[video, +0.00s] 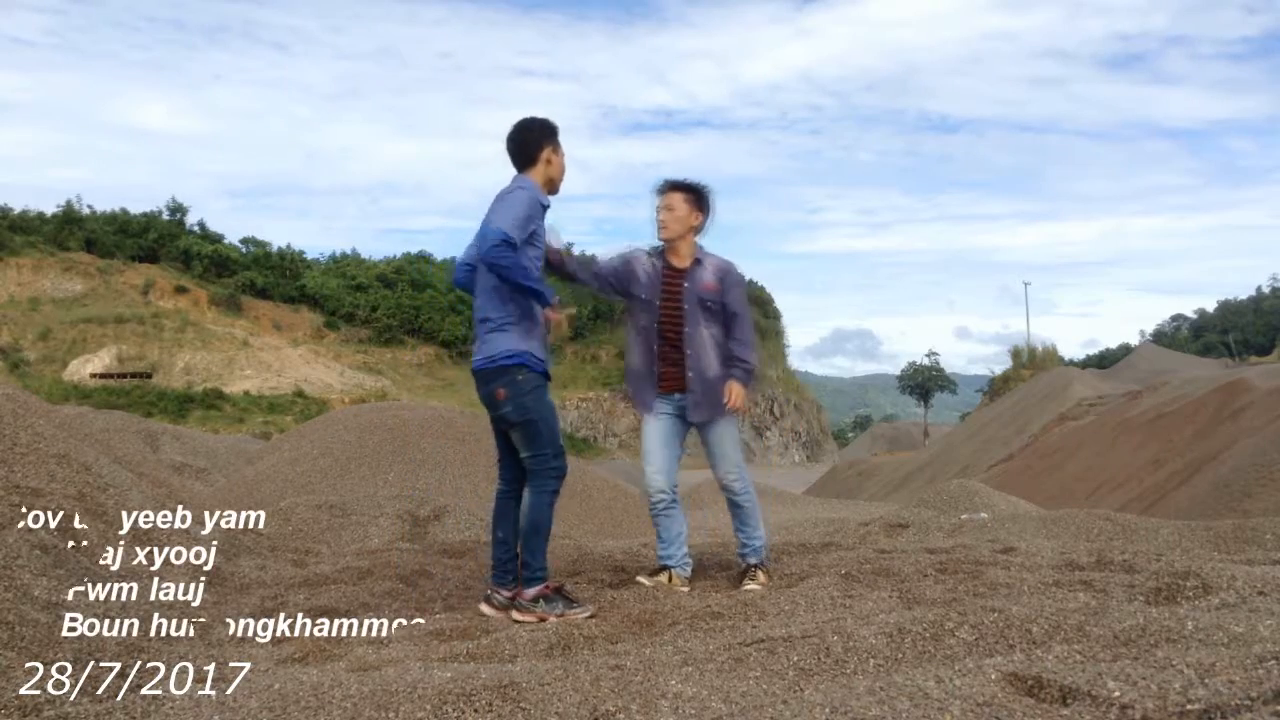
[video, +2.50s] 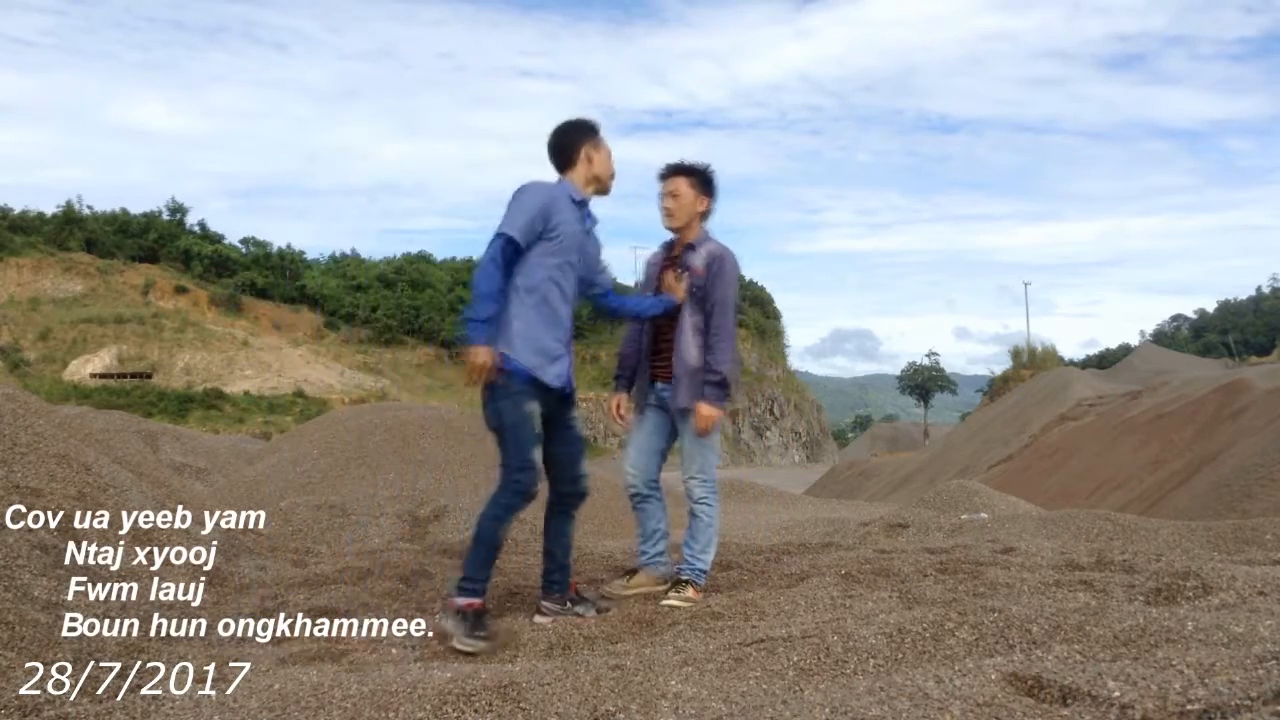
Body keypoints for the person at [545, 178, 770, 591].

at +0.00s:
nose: (661, 217)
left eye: (670, 210)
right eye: (659, 210)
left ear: (697, 218)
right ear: (658, 217)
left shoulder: (722, 273)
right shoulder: (637, 266)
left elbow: (742, 331)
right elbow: (590, 271)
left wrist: (739, 376)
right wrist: (548, 251)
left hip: (710, 397)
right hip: (660, 400)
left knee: (732, 480)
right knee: (658, 487)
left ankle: (754, 562)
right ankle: (675, 569)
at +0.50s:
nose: (624, 212)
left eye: (634, 203)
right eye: (621, 205)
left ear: (661, 210)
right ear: (619, 213)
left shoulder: (690, 262)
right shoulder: (606, 264)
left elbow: (718, 321)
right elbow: (568, 296)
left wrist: (744, 373)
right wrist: (540, 311)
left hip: (688, 383)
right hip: (639, 392)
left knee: (702, 467)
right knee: (652, 483)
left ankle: (717, 549)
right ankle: (666, 567)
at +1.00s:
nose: (636, 204)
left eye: (646, 197)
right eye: (635, 197)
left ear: (674, 204)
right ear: (637, 204)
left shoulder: (701, 261)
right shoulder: (621, 264)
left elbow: (723, 330)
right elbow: (598, 325)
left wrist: (735, 392)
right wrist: (574, 382)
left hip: (685, 391)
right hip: (637, 391)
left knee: (687, 483)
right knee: (650, 486)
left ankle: (691, 576)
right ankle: (666, 567)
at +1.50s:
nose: (639, 195)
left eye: (649, 188)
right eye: (638, 188)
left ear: (677, 198)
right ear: (641, 197)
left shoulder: (699, 252)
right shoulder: (631, 257)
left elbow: (707, 323)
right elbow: (623, 325)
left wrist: (683, 366)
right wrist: (623, 385)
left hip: (685, 390)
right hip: (642, 391)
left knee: (690, 484)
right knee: (634, 482)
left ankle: (691, 577)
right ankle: (651, 570)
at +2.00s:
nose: (650, 199)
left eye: (660, 191)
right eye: (647, 192)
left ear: (687, 199)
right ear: (646, 199)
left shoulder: (709, 258)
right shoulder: (638, 258)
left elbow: (715, 332)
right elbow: (619, 326)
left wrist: (703, 392)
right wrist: (600, 385)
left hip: (686, 393)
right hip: (641, 392)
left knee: (692, 488)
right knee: (634, 485)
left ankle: (693, 577)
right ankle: (650, 571)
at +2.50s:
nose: (665, 204)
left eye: (674, 196)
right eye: (662, 197)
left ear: (702, 203)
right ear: (663, 203)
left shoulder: (718, 260)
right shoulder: (655, 261)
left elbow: (723, 331)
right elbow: (639, 325)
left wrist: (714, 394)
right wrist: (622, 384)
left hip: (696, 393)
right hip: (654, 391)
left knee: (698, 486)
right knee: (639, 477)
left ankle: (693, 576)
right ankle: (654, 567)